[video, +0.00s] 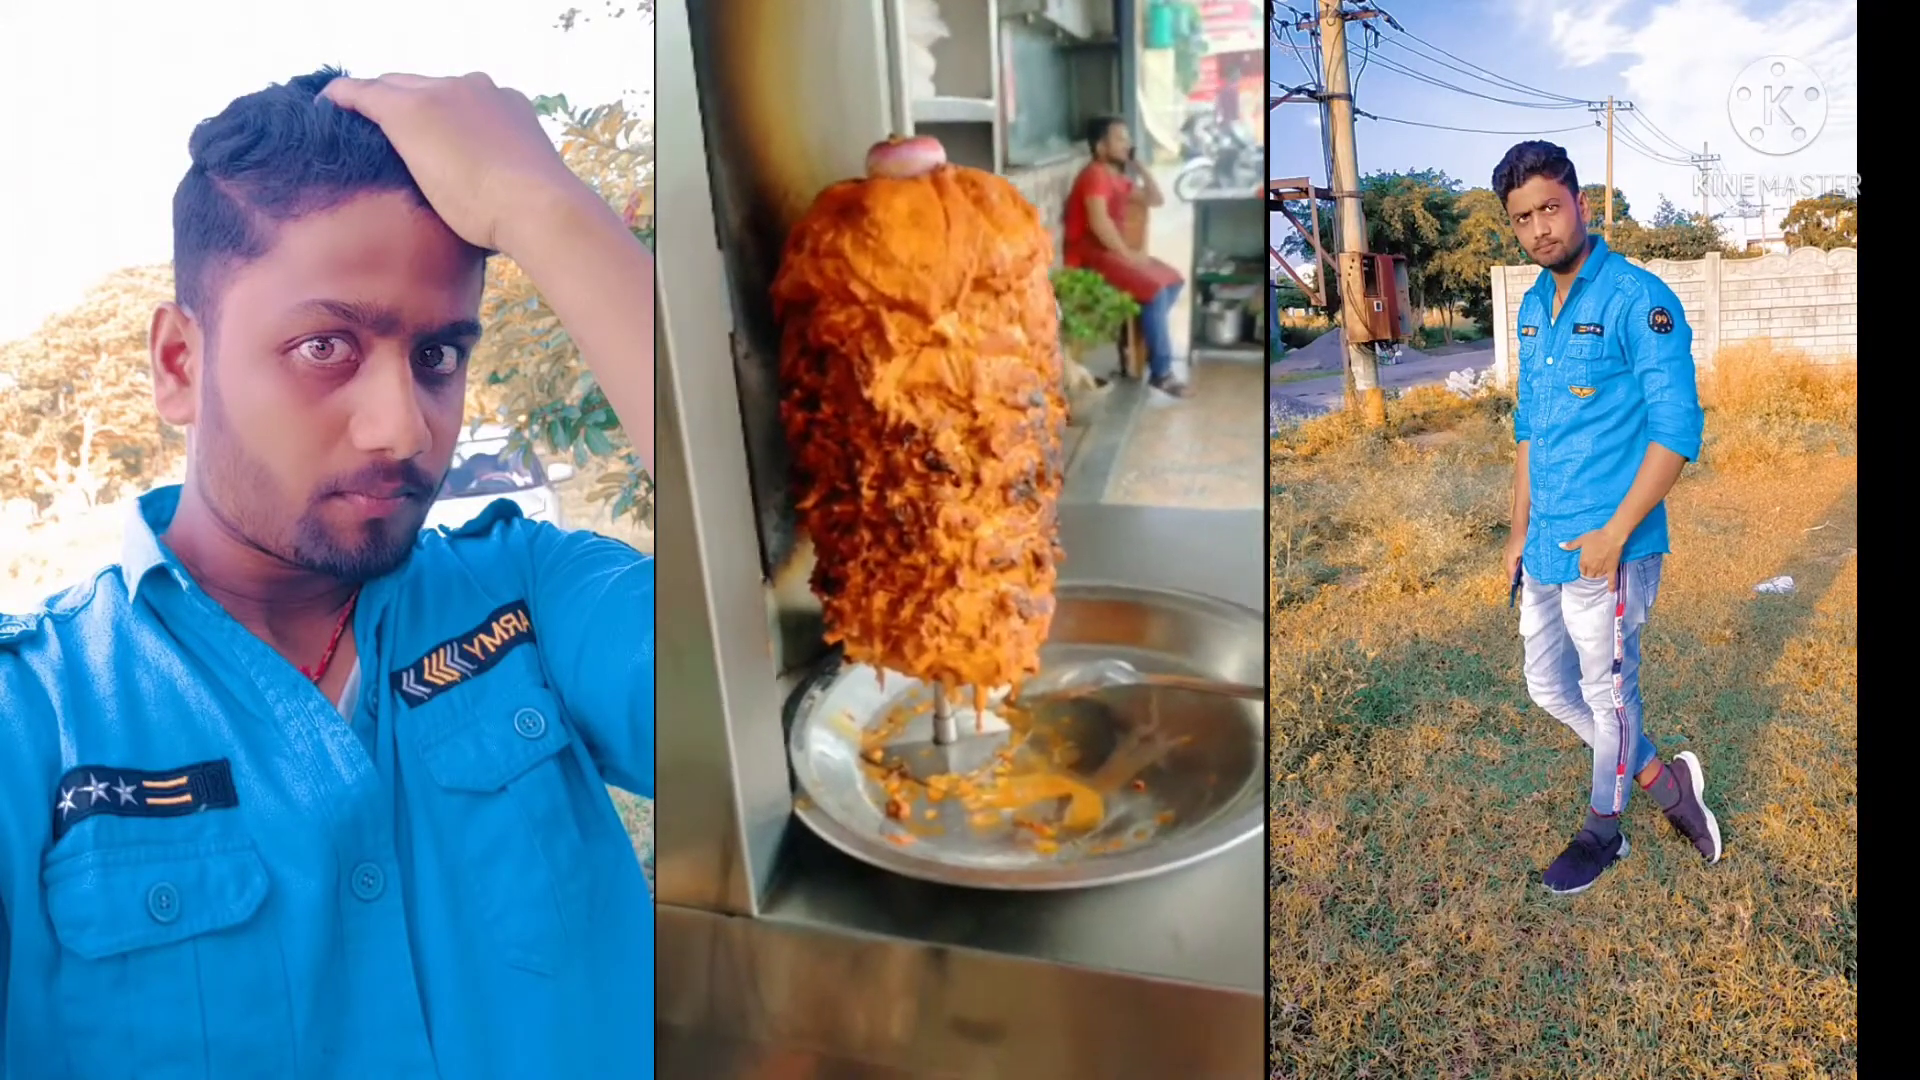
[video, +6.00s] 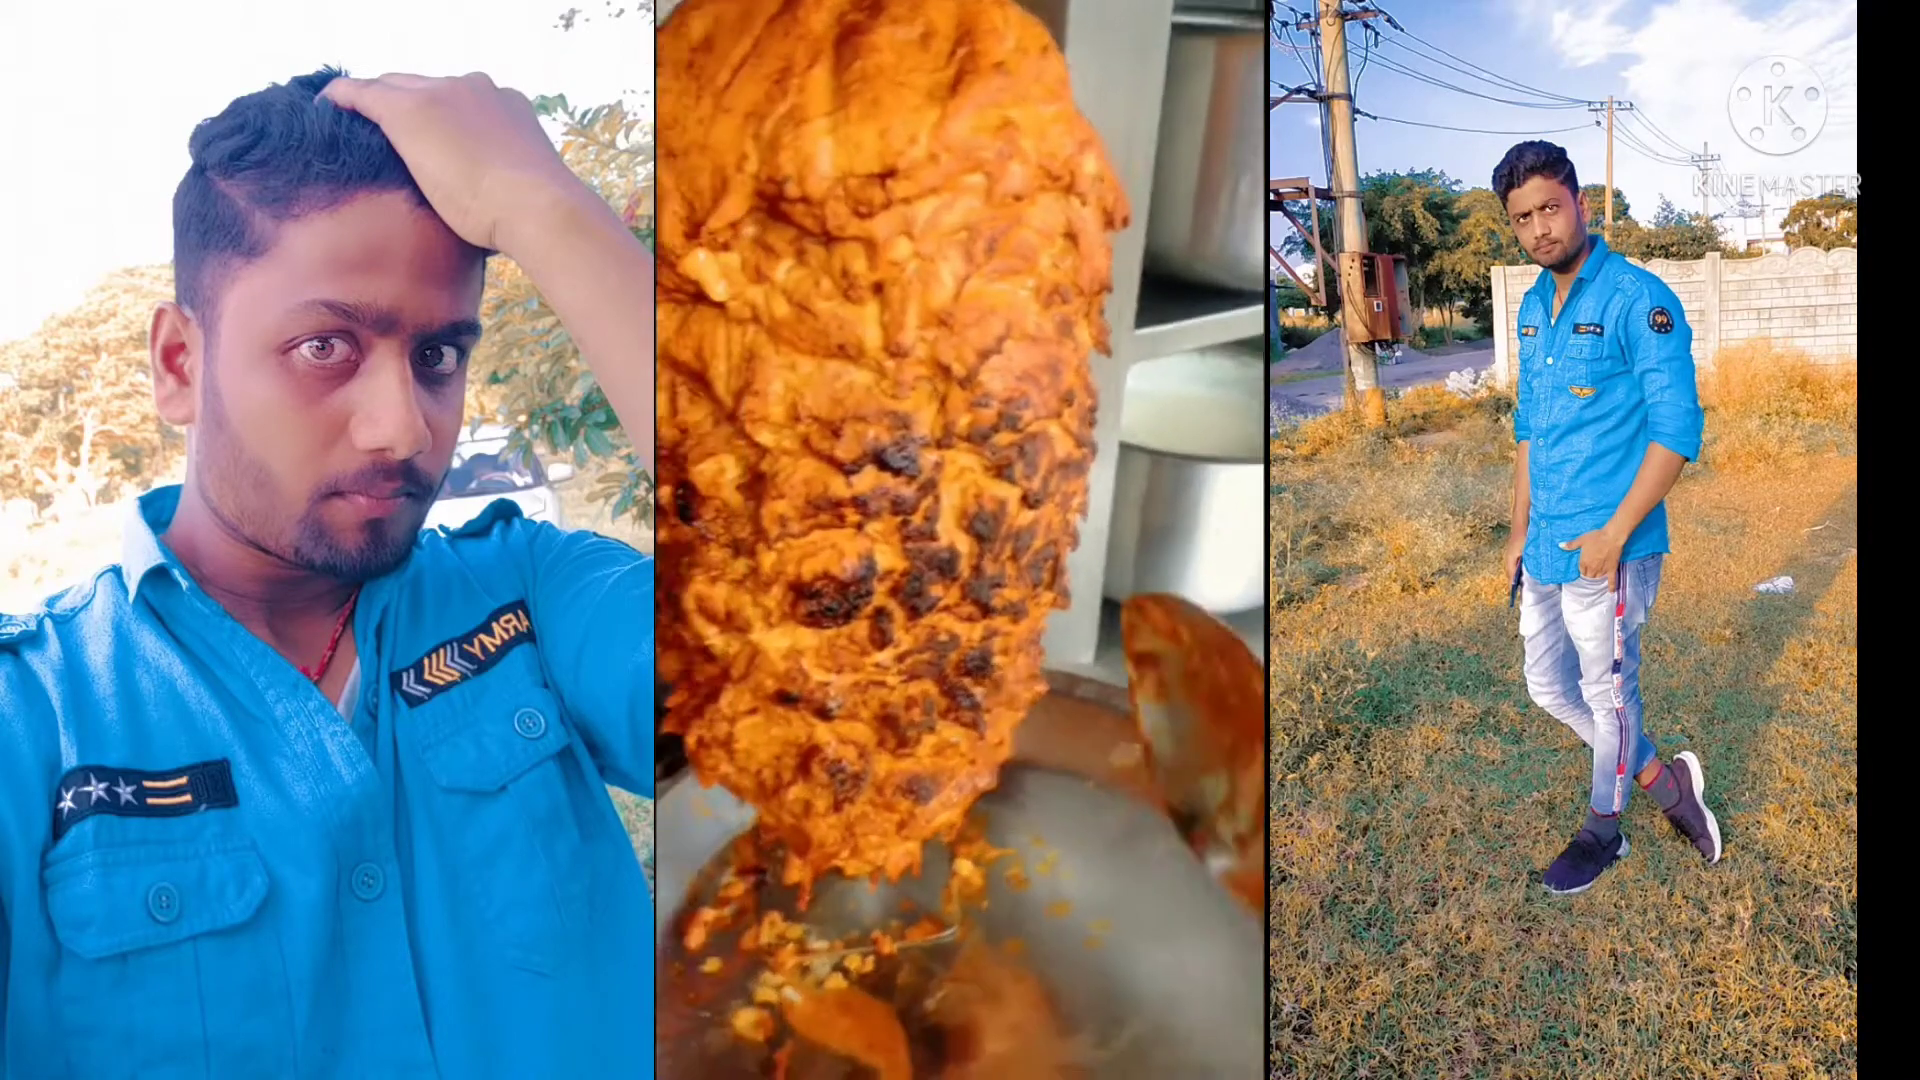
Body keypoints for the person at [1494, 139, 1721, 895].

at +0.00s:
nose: (1537, 229)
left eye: (1549, 208)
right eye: (1522, 219)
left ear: (1582, 203)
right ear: (1514, 228)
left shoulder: (1641, 298)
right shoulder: (1535, 306)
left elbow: (1678, 432)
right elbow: (1529, 431)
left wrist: (1616, 531)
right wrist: (1520, 528)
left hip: (1612, 536)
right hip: (1544, 538)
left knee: (1610, 690)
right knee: (1549, 684)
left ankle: (1602, 828)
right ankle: (1664, 778)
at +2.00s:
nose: (1537, 229)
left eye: (1548, 209)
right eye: (1522, 219)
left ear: (1582, 203)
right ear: (1513, 228)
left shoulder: (1640, 298)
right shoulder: (1534, 307)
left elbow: (1678, 432)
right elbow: (1529, 431)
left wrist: (1615, 533)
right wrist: (1519, 529)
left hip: (1611, 537)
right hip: (1544, 538)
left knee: (1609, 689)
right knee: (1549, 684)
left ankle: (1602, 828)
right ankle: (1665, 778)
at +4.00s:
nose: (1537, 229)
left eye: (1548, 209)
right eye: (1522, 219)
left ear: (1582, 202)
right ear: (1513, 228)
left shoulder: (1640, 298)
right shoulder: (1534, 307)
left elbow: (1678, 432)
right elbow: (1529, 431)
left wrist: (1615, 533)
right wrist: (1519, 529)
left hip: (1611, 537)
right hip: (1544, 538)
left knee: (1609, 689)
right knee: (1549, 684)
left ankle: (1602, 828)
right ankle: (1665, 778)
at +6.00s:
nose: (1537, 229)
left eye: (1549, 208)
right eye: (1522, 219)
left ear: (1582, 203)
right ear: (1513, 229)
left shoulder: (1640, 299)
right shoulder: (1534, 308)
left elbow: (1678, 432)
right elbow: (1529, 432)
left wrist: (1615, 533)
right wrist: (1520, 530)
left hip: (1611, 537)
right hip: (1544, 538)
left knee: (1610, 690)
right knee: (1549, 684)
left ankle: (1602, 828)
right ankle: (1665, 778)